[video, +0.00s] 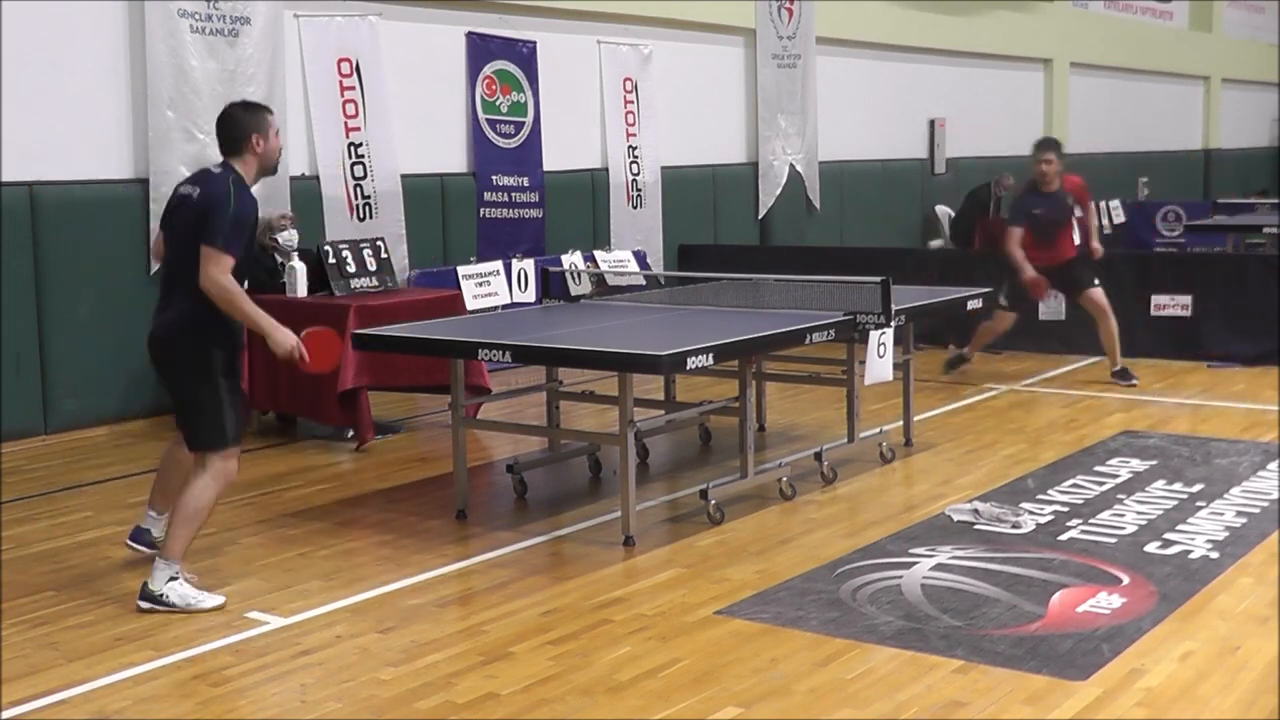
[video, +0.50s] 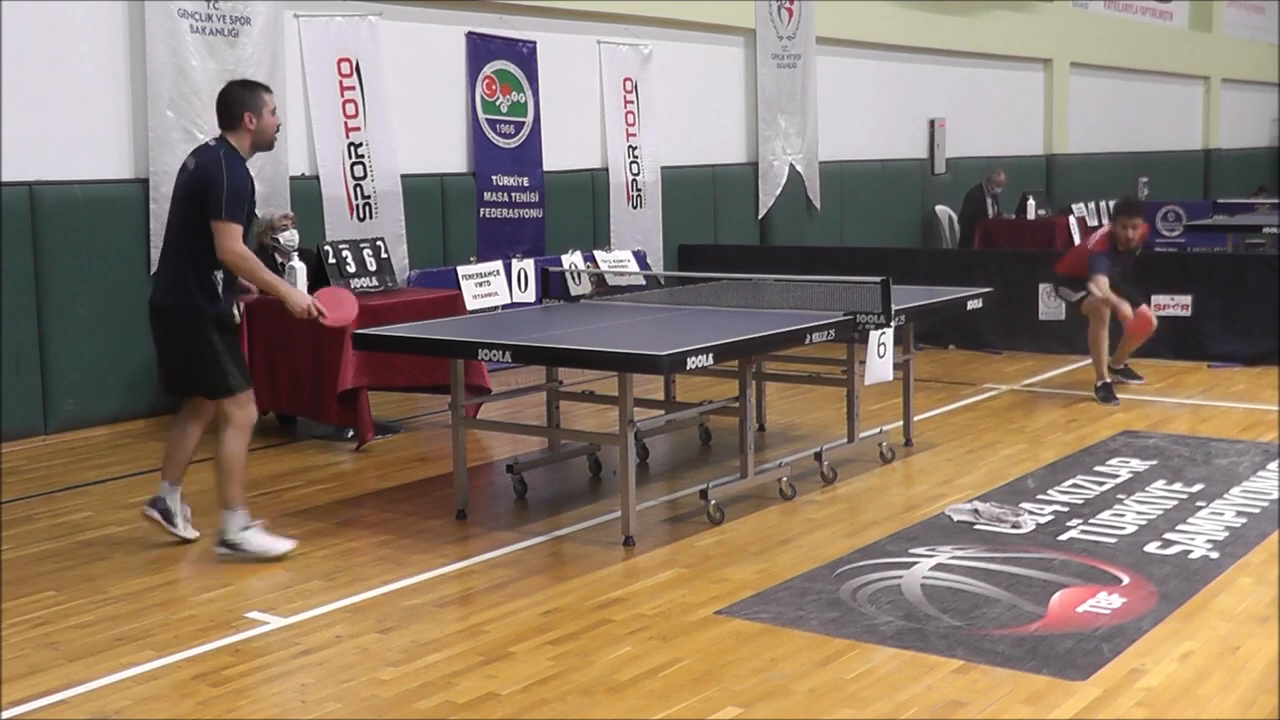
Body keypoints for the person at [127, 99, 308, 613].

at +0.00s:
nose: (280, 143)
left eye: (277, 135)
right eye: (275, 135)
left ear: (235, 143)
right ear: (257, 143)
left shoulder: (195, 185)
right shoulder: (234, 196)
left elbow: (161, 250)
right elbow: (213, 277)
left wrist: (248, 239)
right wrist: (271, 328)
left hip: (175, 338)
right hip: (202, 344)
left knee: (193, 439)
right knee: (221, 463)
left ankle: (152, 526)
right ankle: (165, 578)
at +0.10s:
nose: (275, 164)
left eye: (272, 154)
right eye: (271, 155)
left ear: (230, 163)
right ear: (251, 162)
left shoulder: (190, 202)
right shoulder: (234, 212)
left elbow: (170, 272)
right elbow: (232, 297)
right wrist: (289, 338)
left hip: (162, 350)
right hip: (188, 356)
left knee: (198, 442)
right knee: (228, 472)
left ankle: (167, 530)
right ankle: (164, 580)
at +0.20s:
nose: (271, 166)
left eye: (269, 157)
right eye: (267, 158)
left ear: (224, 166)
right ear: (247, 165)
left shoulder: (188, 204)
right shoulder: (232, 213)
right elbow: (239, 296)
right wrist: (295, 330)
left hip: (159, 348)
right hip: (186, 352)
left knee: (195, 441)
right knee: (222, 468)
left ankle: (167, 532)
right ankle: (164, 579)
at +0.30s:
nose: (268, 155)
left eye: (265, 146)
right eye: (262, 147)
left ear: (221, 154)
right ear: (241, 154)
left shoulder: (186, 193)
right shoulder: (229, 206)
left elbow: (204, 266)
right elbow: (232, 283)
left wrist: (261, 237)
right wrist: (295, 317)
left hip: (160, 334)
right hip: (187, 339)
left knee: (187, 437)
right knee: (212, 450)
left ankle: (165, 529)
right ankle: (172, 565)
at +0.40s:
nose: (270, 140)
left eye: (267, 131)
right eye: (264, 132)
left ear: (226, 139)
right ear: (242, 139)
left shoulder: (192, 177)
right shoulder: (228, 190)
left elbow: (203, 253)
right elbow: (227, 267)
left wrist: (259, 234)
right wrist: (289, 303)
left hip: (164, 324)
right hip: (192, 329)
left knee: (184, 427)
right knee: (226, 432)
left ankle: (163, 531)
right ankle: (179, 540)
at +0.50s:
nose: (278, 123)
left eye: (275, 113)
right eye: (273, 114)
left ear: (238, 121)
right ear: (249, 120)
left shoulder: (205, 158)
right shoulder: (228, 169)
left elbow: (198, 242)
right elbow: (230, 249)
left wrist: (232, 279)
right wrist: (287, 293)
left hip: (178, 305)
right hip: (196, 310)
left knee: (199, 405)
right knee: (241, 411)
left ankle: (166, 499)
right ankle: (236, 527)